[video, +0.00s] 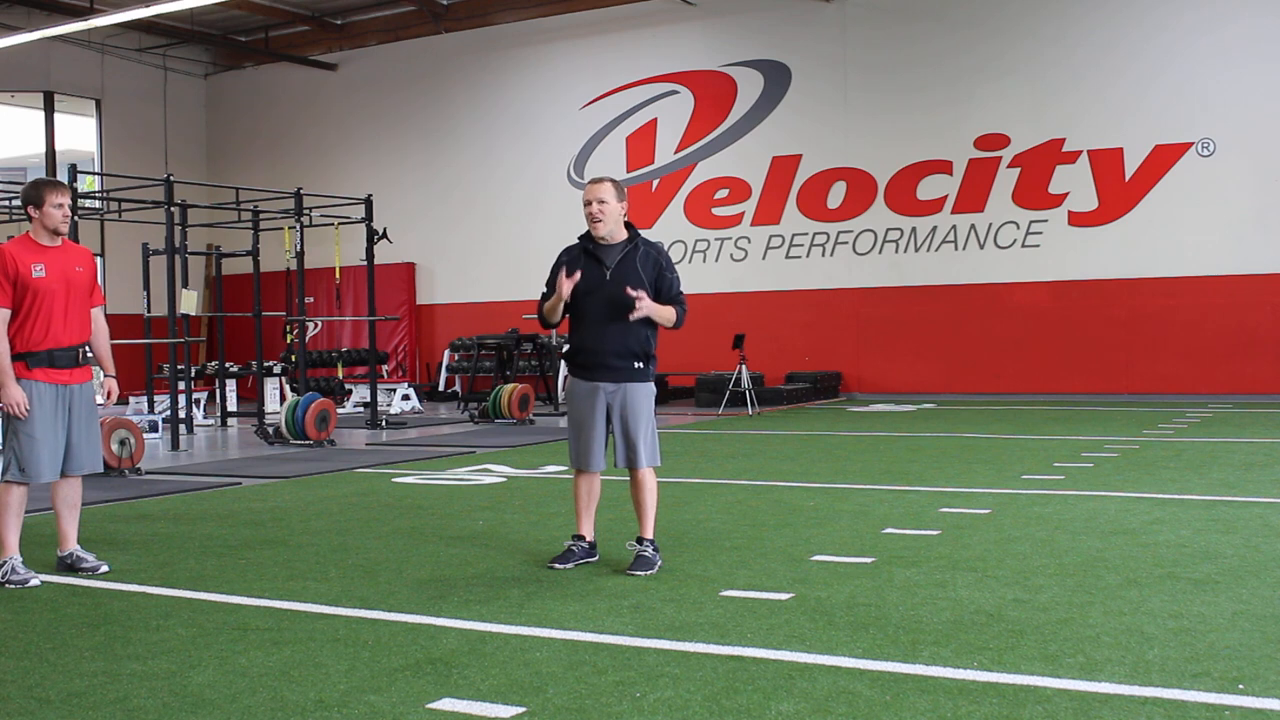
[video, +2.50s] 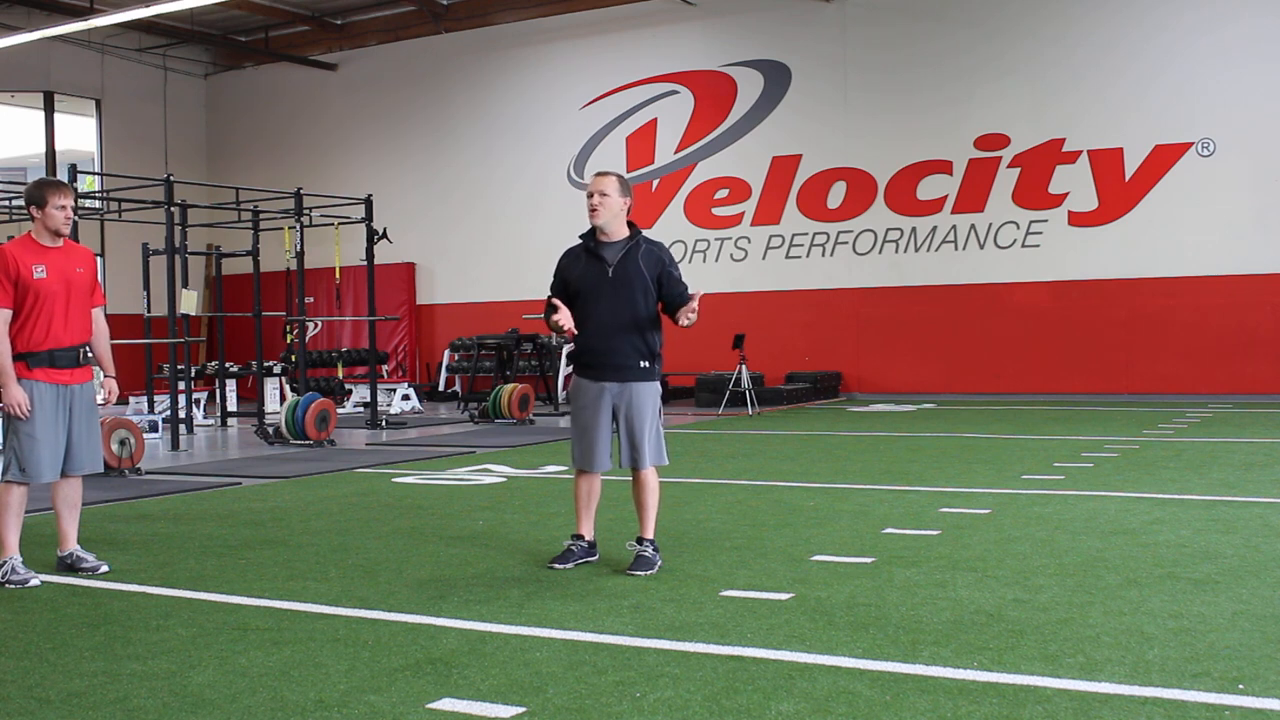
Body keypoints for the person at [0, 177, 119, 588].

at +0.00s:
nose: (66, 213)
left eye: (69, 206)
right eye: (57, 206)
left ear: (70, 210)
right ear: (33, 211)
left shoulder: (84, 257)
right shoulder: (11, 255)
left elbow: (96, 319)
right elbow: (0, 326)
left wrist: (109, 371)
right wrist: (7, 382)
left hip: (77, 376)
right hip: (30, 378)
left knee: (72, 466)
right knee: (18, 473)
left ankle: (69, 551)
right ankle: (9, 560)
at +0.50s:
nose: (67, 213)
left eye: (69, 206)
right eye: (58, 206)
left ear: (71, 210)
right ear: (34, 211)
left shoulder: (84, 257)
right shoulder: (11, 255)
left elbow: (96, 319)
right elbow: (0, 326)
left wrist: (109, 371)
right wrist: (8, 382)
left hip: (77, 377)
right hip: (30, 378)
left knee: (72, 466)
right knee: (19, 473)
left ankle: (69, 551)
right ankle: (9, 559)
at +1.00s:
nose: (67, 213)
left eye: (69, 206)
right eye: (58, 207)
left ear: (70, 210)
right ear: (34, 211)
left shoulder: (84, 257)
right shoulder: (11, 254)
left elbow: (97, 319)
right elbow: (1, 325)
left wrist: (111, 370)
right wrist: (7, 381)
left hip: (77, 377)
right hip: (30, 378)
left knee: (72, 466)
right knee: (19, 473)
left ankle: (69, 551)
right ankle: (10, 559)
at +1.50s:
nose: (67, 214)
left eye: (69, 207)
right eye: (58, 207)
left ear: (71, 211)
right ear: (34, 211)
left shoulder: (85, 257)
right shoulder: (11, 254)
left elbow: (97, 319)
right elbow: (1, 325)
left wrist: (111, 370)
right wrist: (7, 381)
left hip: (77, 377)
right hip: (30, 378)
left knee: (72, 466)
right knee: (19, 473)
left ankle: (69, 551)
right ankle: (10, 559)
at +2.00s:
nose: (67, 214)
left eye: (70, 207)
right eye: (59, 207)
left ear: (72, 211)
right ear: (35, 212)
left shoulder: (85, 257)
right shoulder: (11, 255)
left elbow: (97, 319)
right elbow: (1, 325)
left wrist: (110, 371)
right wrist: (7, 382)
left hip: (78, 377)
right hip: (30, 378)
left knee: (72, 466)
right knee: (19, 473)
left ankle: (69, 551)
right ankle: (9, 559)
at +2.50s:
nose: (68, 214)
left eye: (71, 207)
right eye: (60, 208)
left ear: (73, 211)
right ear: (35, 212)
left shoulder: (85, 257)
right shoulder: (12, 255)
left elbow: (97, 320)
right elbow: (1, 326)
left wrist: (109, 372)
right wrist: (8, 383)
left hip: (78, 377)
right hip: (30, 378)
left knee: (72, 466)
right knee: (19, 473)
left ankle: (69, 551)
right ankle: (10, 559)